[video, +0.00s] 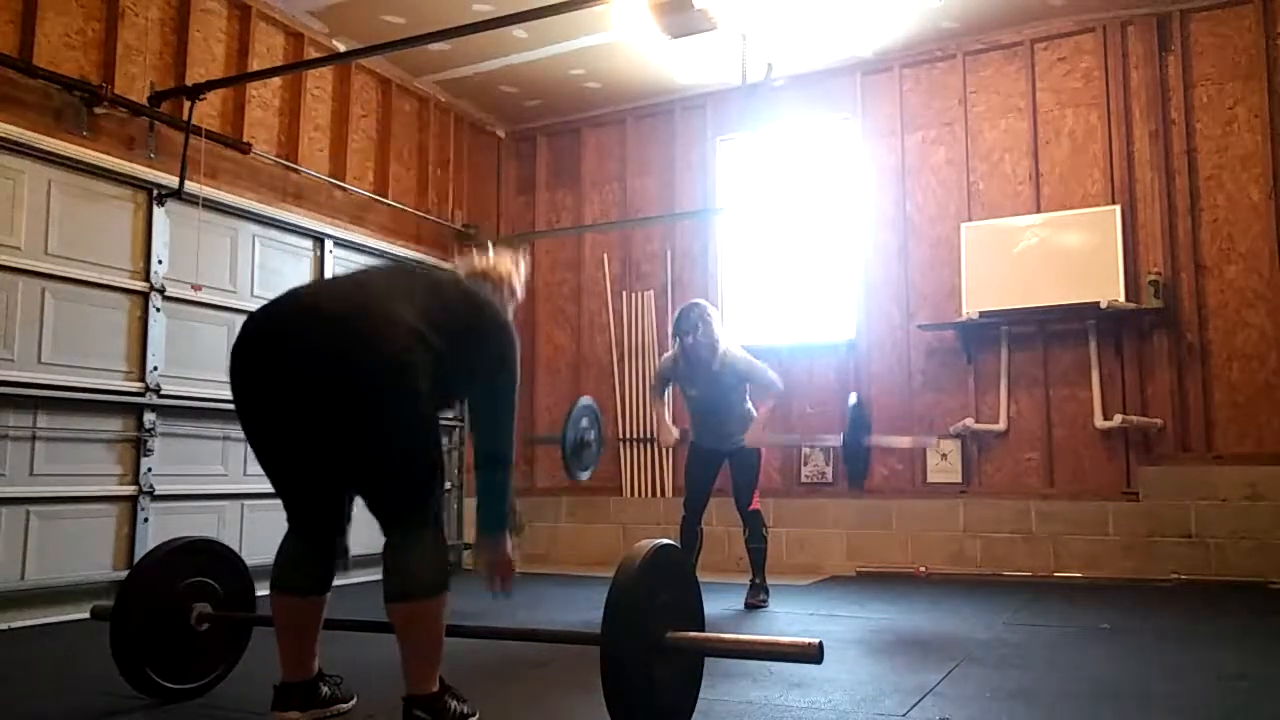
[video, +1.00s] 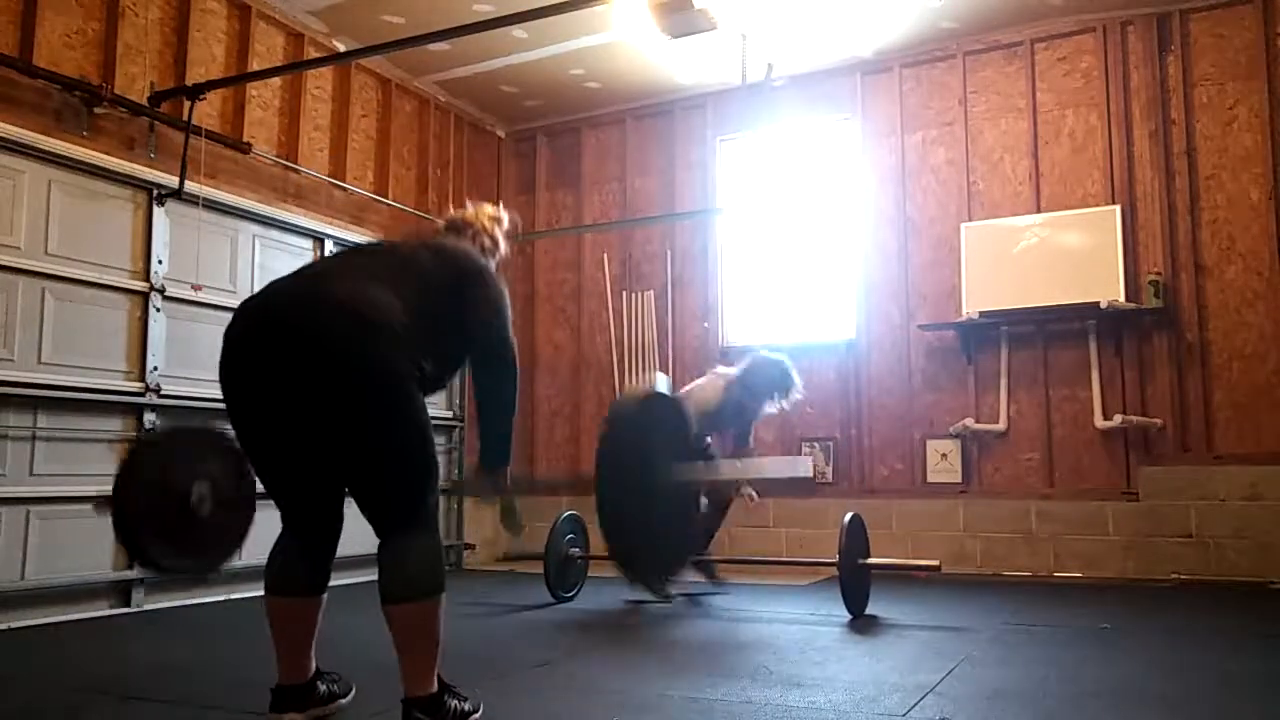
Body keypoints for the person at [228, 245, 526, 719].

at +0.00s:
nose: (513, 313)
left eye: (514, 304)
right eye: (515, 303)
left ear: (464, 276)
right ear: (508, 296)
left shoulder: (407, 284)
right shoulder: (492, 328)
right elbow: (493, 449)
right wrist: (494, 538)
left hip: (266, 351)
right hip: (373, 371)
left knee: (314, 521)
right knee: (413, 529)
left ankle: (297, 686)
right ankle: (424, 696)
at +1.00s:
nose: (494, 267)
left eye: (494, 259)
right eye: (493, 259)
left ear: (442, 234)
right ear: (485, 252)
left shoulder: (385, 254)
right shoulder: (475, 275)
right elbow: (497, 366)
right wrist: (494, 472)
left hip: (255, 345)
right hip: (357, 362)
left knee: (308, 518)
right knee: (407, 524)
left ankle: (294, 685)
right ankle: (424, 696)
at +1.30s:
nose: (493, 250)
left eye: (497, 242)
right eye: (493, 240)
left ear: (435, 211)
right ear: (484, 226)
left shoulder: (368, 235)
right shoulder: (471, 228)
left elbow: (276, 262)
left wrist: (304, 337)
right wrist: (489, 346)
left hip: (264, 360)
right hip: (363, 367)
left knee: (324, 519)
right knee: (414, 524)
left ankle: (298, 685)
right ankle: (423, 696)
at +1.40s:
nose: (496, 248)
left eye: (499, 240)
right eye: (496, 240)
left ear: (444, 211)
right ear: (489, 229)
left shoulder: (375, 234)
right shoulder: (476, 238)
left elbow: (277, 274)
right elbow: (491, 357)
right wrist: (479, 361)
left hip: (264, 360)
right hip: (362, 368)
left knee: (324, 520)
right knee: (415, 524)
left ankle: (297, 685)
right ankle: (424, 696)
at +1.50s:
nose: (498, 251)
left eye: (500, 242)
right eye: (498, 241)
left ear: (450, 210)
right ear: (487, 227)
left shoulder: (387, 231)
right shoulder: (472, 232)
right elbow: (492, 291)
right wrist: (495, 386)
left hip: (259, 344)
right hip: (353, 358)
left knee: (312, 519)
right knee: (401, 528)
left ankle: (294, 684)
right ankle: (420, 695)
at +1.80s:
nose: (495, 327)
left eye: (497, 318)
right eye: (496, 317)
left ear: (442, 294)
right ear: (488, 307)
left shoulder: (394, 319)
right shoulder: (473, 337)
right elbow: (492, 451)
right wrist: (500, 547)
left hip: (245, 384)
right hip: (349, 395)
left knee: (331, 521)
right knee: (422, 528)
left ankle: (298, 686)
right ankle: (426, 696)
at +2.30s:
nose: (505, 279)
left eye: (507, 268)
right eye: (506, 267)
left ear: (461, 242)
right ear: (497, 260)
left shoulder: (406, 268)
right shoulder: (475, 289)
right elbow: (466, 392)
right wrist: (451, 486)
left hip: (251, 358)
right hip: (340, 374)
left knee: (320, 518)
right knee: (405, 521)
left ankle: (297, 684)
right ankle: (422, 696)